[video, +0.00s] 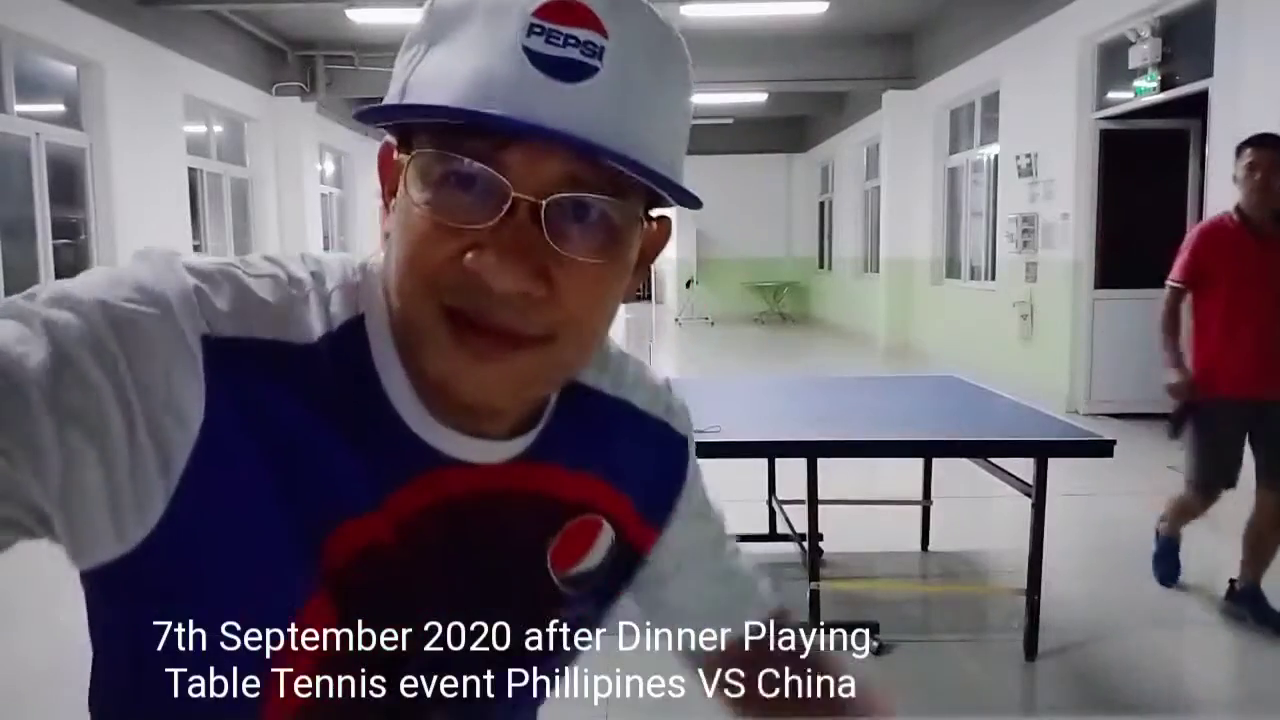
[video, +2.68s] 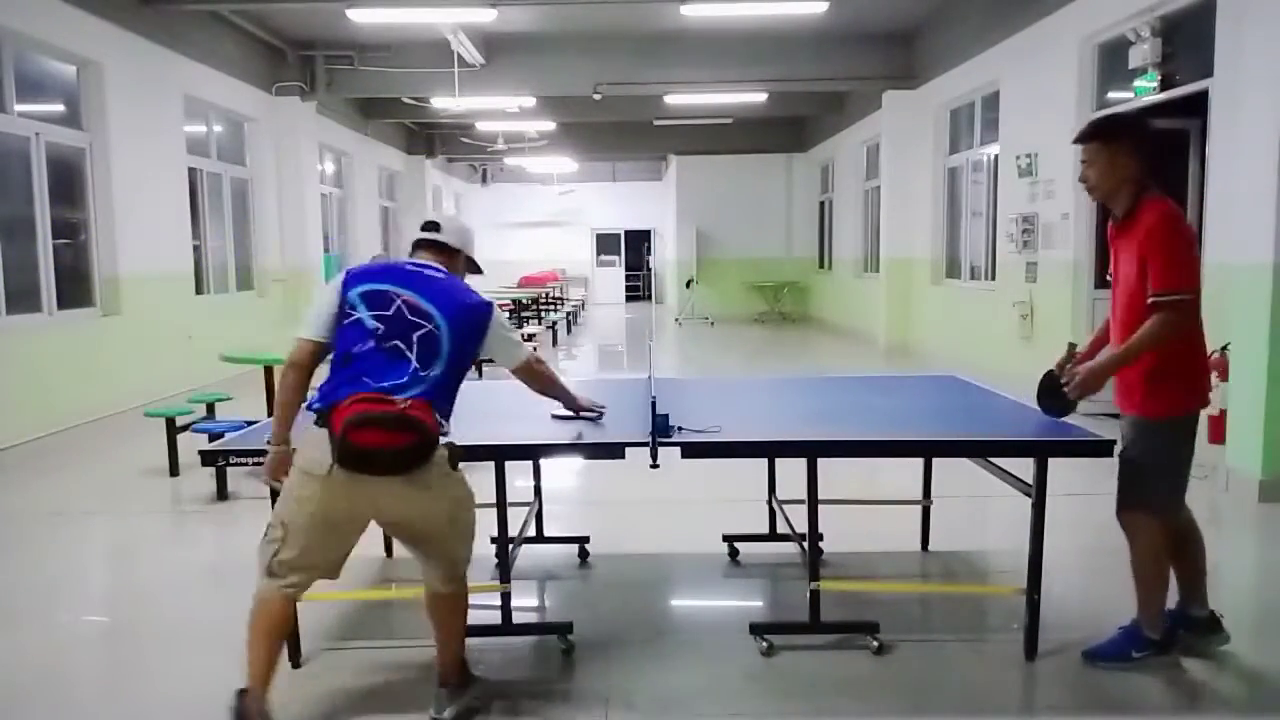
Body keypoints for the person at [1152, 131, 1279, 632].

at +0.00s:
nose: (1263, 180)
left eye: (1272, 172)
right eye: (1253, 171)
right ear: (1235, 177)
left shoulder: (1278, 237)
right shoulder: (1210, 235)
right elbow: (1171, 301)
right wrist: (1175, 365)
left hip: (1273, 391)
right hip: (1218, 388)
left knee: (1275, 496)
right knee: (1206, 489)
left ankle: (1246, 588)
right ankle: (1167, 530)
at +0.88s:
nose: (1250, 167)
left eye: (1261, 157)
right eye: (1243, 157)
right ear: (1234, 163)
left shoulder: (1278, 227)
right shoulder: (1206, 226)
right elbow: (1169, 296)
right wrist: (1158, 368)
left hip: (1266, 393)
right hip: (1206, 388)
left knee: (1259, 500)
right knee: (1195, 499)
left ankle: (1247, 587)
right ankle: (1197, 610)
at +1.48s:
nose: (1175, 174)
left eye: (1187, 163)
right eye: (1171, 164)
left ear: (1219, 165)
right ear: (1167, 168)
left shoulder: (1259, 231)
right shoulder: (1151, 232)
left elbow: (1274, 306)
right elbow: (1119, 296)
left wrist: (1242, 343)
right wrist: (1091, 341)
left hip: (1217, 401)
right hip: (1153, 396)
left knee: (1238, 516)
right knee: (1168, 510)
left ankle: (1263, 628)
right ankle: (1195, 615)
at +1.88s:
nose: (1132, 175)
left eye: (1142, 163)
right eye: (1129, 165)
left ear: (1182, 159)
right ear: (1134, 169)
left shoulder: (1232, 224)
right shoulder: (1133, 230)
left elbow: (1269, 297)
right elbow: (1114, 304)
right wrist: (1076, 352)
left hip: (1204, 395)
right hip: (1147, 392)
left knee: (1194, 510)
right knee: (1170, 509)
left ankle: (1201, 630)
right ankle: (1192, 614)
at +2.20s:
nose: (1111, 176)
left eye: (1120, 163)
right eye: (1108, 165)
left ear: (1155, 161)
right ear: (1120, 169)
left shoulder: (1206, 222)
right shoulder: (1123, 229)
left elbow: (1234, 305)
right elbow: (1112, 300)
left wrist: (1227, 381)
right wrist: (1072, 353)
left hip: (1194, 391)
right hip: (1142, 389)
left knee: (1160, 502)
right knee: (1161, 504)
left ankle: (1153, 628)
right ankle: (1196, 615)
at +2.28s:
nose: (1105, 176)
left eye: (1114, 164)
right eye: (1103, 165)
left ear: (1150, 161)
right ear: (1115, 168)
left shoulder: (1196, 222)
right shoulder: (1122, 226)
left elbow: (1214, 310)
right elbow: (1115, 300)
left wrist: (1183, 382)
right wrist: (1075, 354)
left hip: (1184, 395)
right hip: (1140, 394)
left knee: (1147, 506)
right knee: (1168, 508)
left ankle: (1150, 630)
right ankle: (1197, 614)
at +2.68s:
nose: (1082, 175)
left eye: (1090, 163)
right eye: (1081, 164)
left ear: (1126, 162)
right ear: (1110, 167)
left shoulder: (1162, 223)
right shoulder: (1121, 226)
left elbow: (1173, 315)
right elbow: (1128, 309)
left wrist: (1102, 369)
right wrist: (1088, 347)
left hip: (1166, 396)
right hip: (1147, 394)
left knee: (1137, 510)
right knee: (1165, 506)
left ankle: (1150, 629)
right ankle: (1197, 614)